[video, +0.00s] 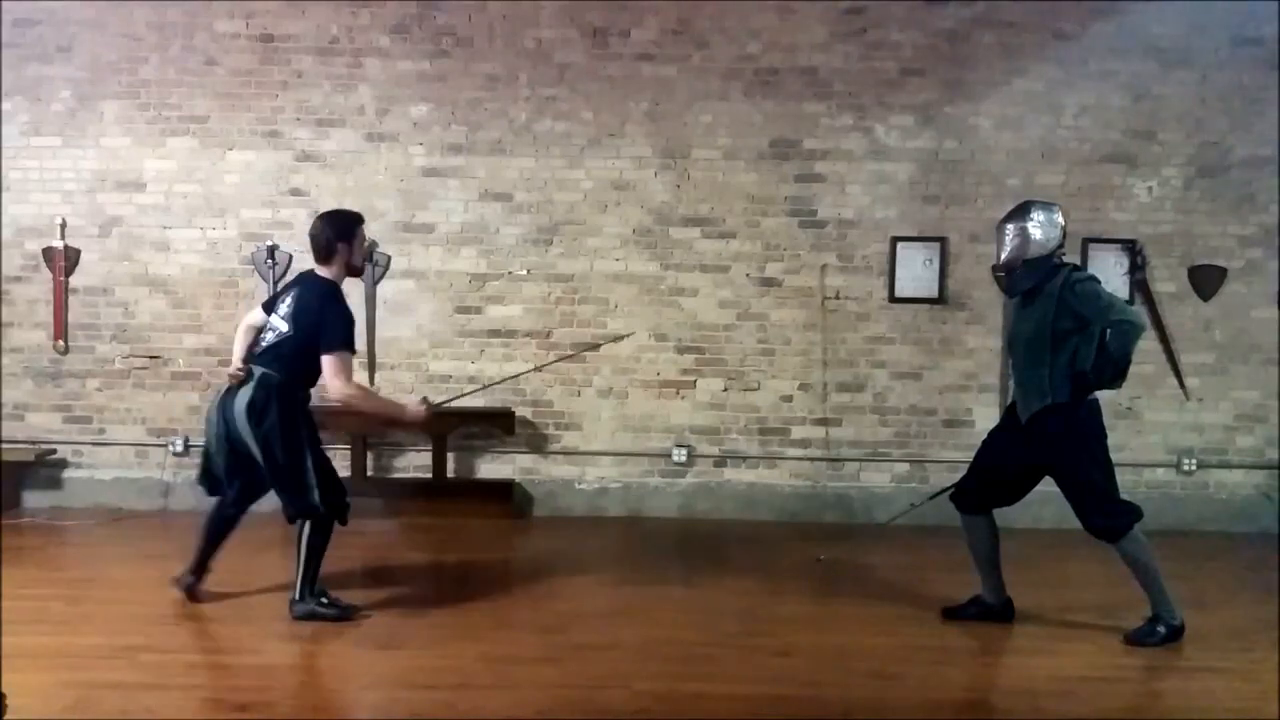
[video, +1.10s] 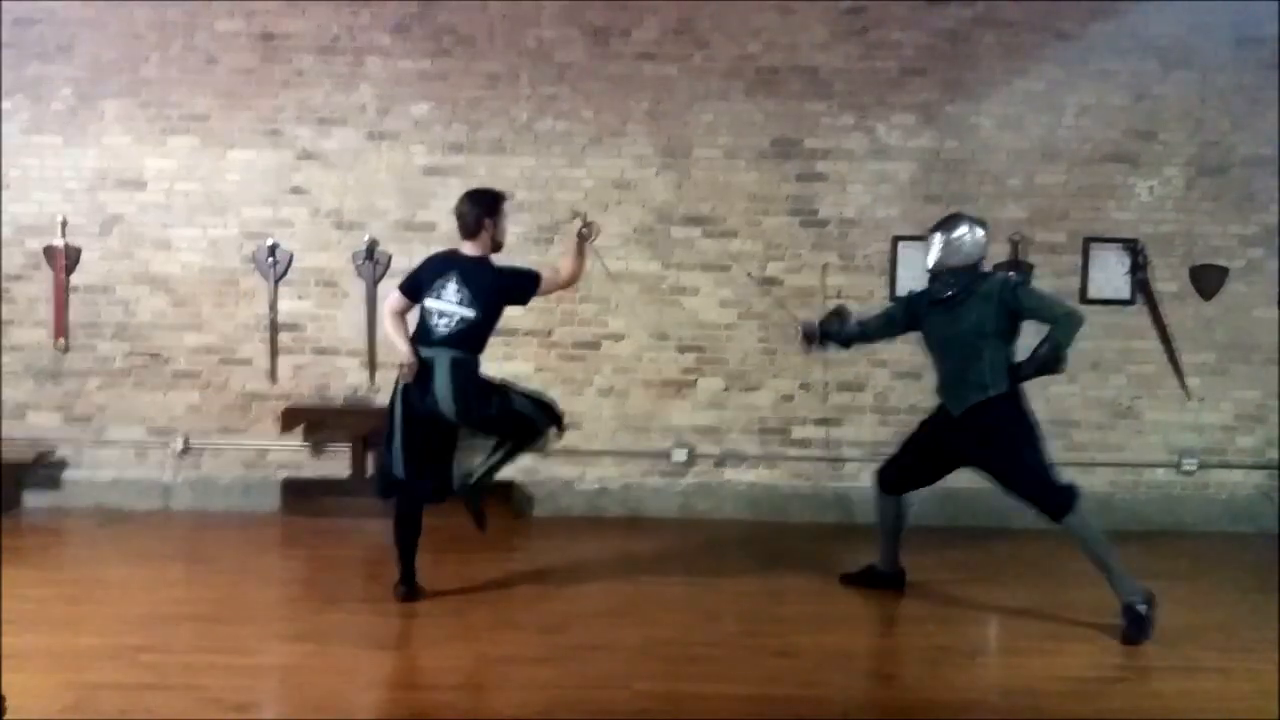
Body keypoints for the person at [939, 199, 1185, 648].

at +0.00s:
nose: (1005, 247)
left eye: (1014, 236)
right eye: (1005, 237)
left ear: (1039, 238)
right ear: (1020, 240)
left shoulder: (1071, 283)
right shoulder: (1023, 289)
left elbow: (1129, 321)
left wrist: (1099, 377)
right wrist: (1023, 396)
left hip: (1071, 420)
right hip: (1025, 421)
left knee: (1107, 517)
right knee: (971, 498)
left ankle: (1167, 616)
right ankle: (994, 599)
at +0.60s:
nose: (1017, 242)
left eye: (1027, 232)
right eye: (1015, 233)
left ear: (1049, 237)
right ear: (1016, 239)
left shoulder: (1075, 283)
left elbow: (1130, 320)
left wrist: (1096, 378)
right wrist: (980, 398)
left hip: (1072, 421)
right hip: (1025, 422)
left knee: (1106, 518)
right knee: (972, 499)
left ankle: (1165, 615)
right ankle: (994, 599)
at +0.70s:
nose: (1018, 241)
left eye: (1028, 231)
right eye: (1018, 230)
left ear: (1052, 235)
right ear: (1021, 233)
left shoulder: (1080, 281)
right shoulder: (1021, 295)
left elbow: (1135, 319)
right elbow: (995, 355)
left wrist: (1103, 369)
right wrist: (957, 355)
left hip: (1069, 416)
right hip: (1021, 416)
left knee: (1102, 514)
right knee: (960, 487)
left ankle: (1165, 613)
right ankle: (984, 586)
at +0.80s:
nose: (1010, 241)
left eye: (1020, 232)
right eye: (1012, 230)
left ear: (1041, 237)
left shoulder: (1075, 282)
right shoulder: (1010, 298)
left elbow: (1133, 317)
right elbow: (951, 328)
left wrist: (1101, 365)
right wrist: (918, 307)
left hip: (1061, 416)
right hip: (1012, 415)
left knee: (1099, 514)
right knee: (940, 469)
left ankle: (1163, 611)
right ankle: (957, 567)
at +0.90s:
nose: (992, 244)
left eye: (1003, 235)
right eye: (994, 233)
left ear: (1024, 240)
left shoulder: (1058, 282)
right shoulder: (986, 299)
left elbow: (1118, 313)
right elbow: (920, 310)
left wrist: (1083, 363)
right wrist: (881, 269)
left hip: (1047, 415)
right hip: (998, 415)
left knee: (1091, 509)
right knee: (924, 467)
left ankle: (1159, 607)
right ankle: (924, 560)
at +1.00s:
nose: (963, 246)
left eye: (971, 237)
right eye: (965, 237)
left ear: (991, 240)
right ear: (997, 243)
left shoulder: (1031, 283)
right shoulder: (955, 296)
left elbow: (1093, 313)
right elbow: (886, 307)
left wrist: (1062, 359)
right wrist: (845, 276)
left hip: (1026, 415)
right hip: (977, 418)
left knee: (1076, 504)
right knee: (911, 474)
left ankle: (1150, 601)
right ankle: (900, 562)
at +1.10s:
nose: (937, 253)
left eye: (945, 244)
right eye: (937, 245)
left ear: (962, 251)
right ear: (951, 253)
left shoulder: (1001, 292)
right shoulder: (924, 304)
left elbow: (1068, 319)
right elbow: (875, 327)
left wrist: (1044, 360)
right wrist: (836, 331)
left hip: (999, 417)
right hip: (952, 421)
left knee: (1056, 502)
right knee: (890, 480)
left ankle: (1132, 599)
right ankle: (887, 569)